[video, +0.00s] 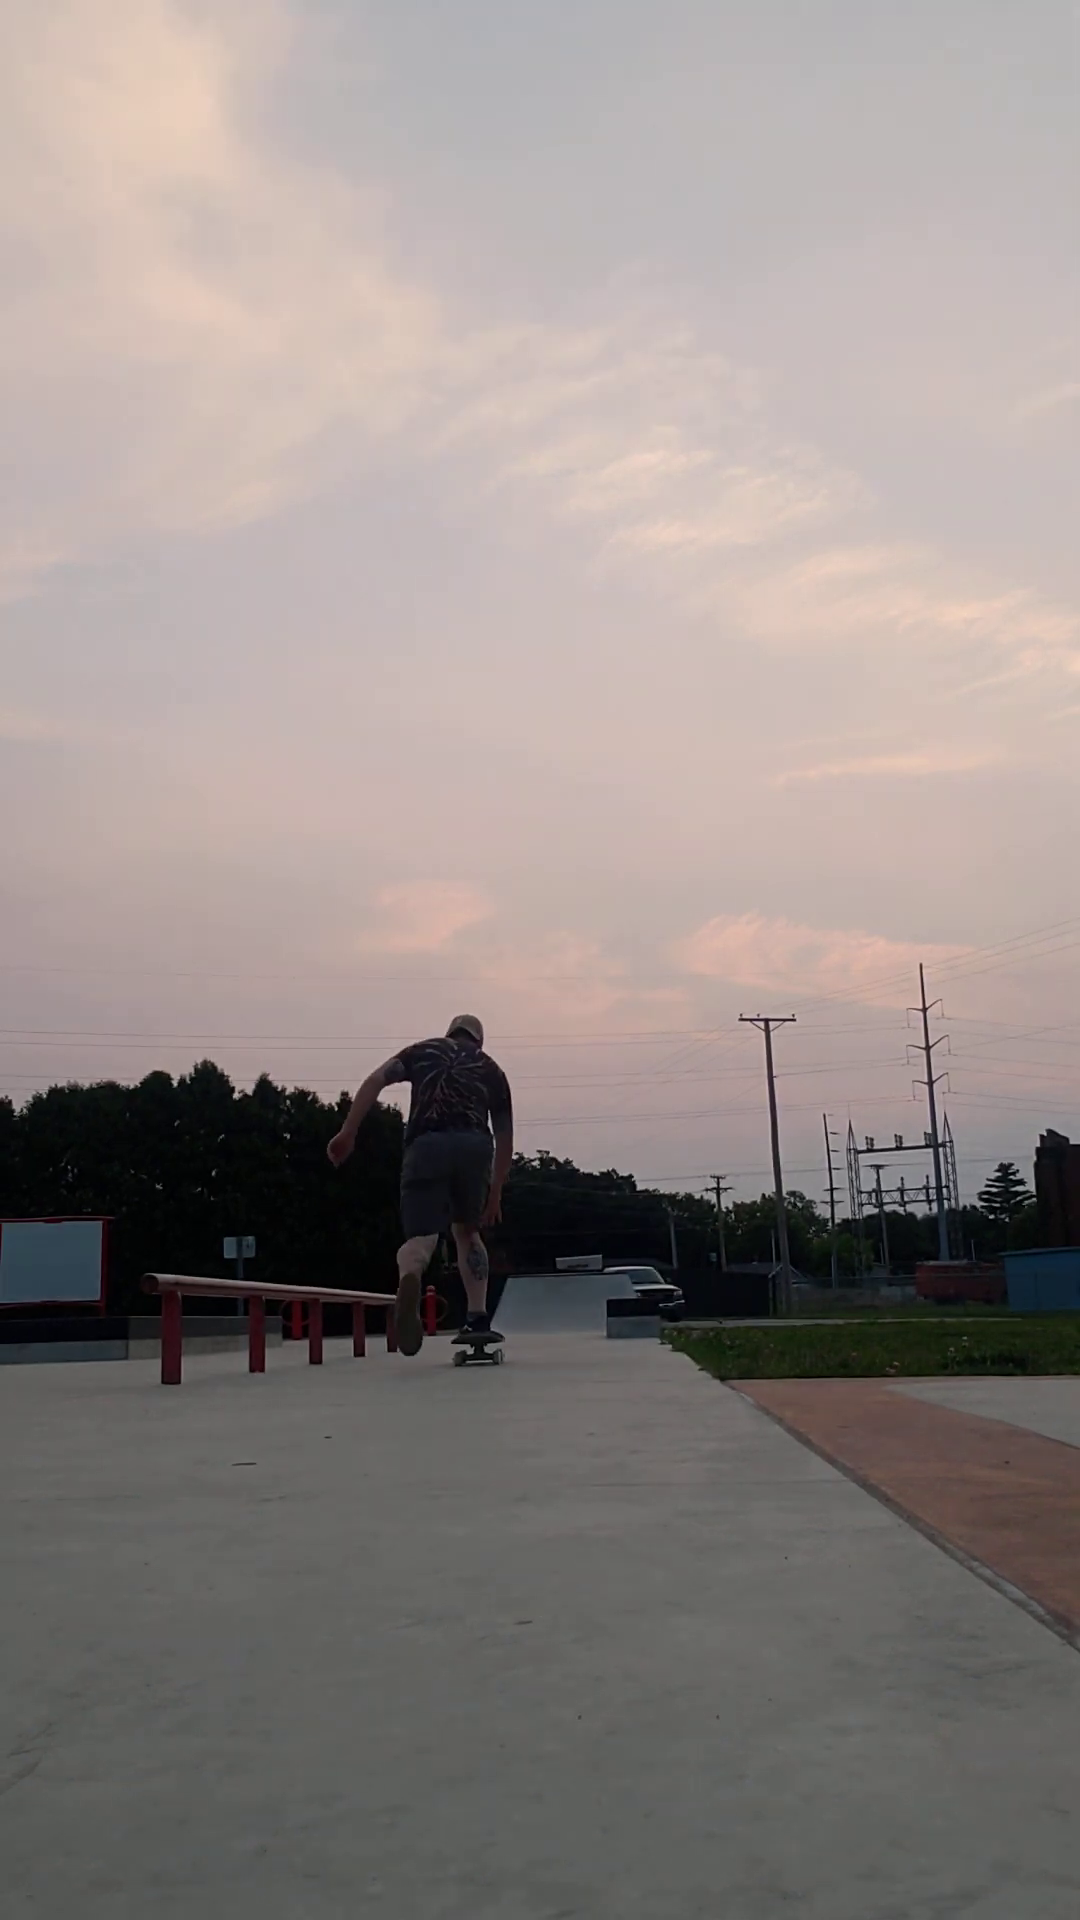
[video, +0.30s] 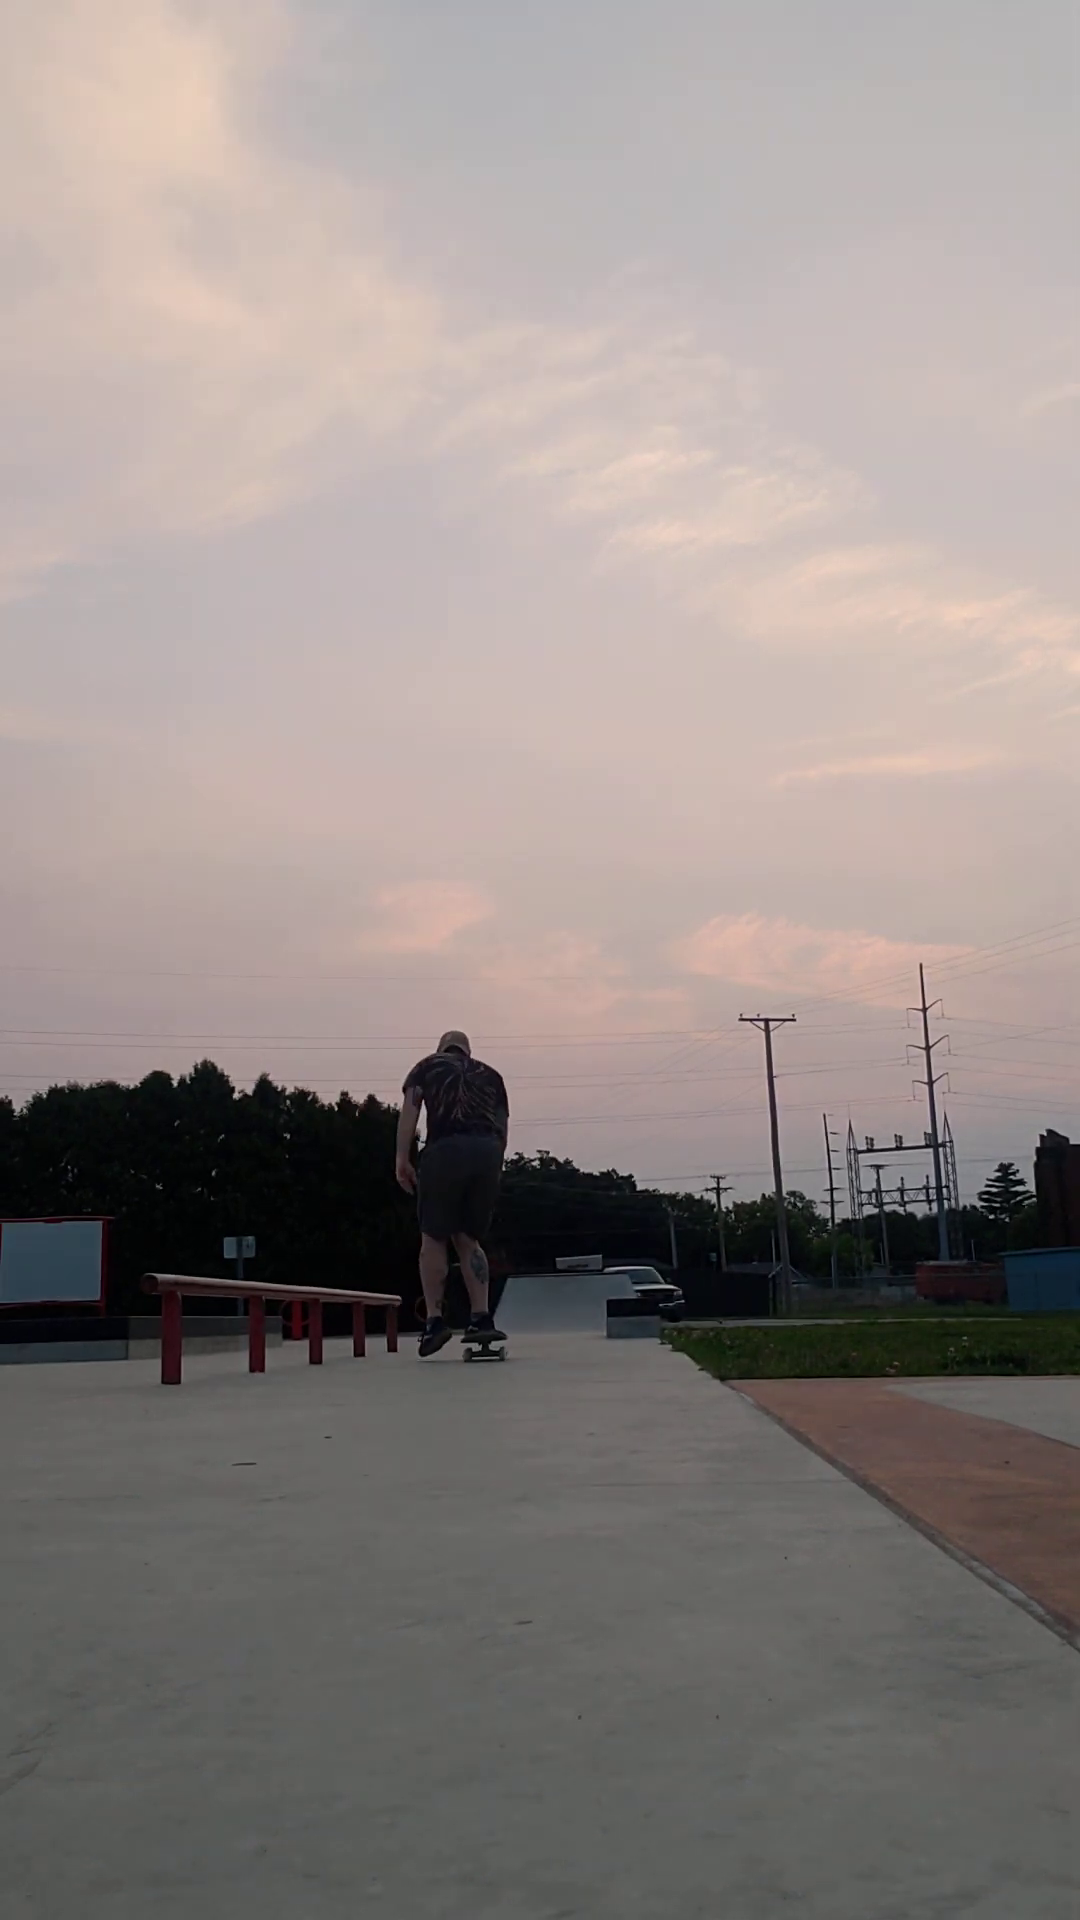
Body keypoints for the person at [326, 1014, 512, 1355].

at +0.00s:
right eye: (479, 1040)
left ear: (448, 1033)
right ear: (480, 1041)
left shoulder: (424, 1049)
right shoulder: (492, 1070)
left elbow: (374, 1080)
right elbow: (504, 1141)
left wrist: (348, 1132)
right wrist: (496, 1193)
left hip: (425, 1148)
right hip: (474, 1150)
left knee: (420, 1236)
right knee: (468, 1230)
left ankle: (409, 1278)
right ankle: (478, 1320)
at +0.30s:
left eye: (443, 1048)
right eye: (459, 1049)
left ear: (439, 1049)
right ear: (468, 1051)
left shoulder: (426, 1066)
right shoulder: (491, 1074)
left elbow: (410, 1110)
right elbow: (502, 1129)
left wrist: (402, 1158)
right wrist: (492, 1166)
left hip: (443, 1155)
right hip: (488, 1156)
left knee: (433, 1237)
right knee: (469, 1236)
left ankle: (434, 1320)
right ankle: (481, 1318)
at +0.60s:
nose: (464, 1105)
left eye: (460, 1100)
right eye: (471, 1101)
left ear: (454, 1099)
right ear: (482, 1100)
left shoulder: (437, 1126)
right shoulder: (499, 1130)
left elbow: (432, 1166)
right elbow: (499, 1166)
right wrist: (474, 1171)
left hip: (453, 1198)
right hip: (492, 1200)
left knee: (446, 1264)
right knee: (482, 1252)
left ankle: (446, 1315)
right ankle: (487, 1318)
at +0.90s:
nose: (480, 1095)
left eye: (474, 1091)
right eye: (485, 1092)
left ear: (470, 1092)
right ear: (495, 1091)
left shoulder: (460, 1118)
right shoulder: (512, 1120)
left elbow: (453, 1165)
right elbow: (514, 1161)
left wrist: (461, 1190)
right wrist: (501, 1183)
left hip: (477, 1192)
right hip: (509, 1193)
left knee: (453, 1258)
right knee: (491, 1257)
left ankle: (492, 1288)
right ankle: (495, 1322)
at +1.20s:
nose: (484, 1100)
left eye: (480, 1095)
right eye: (492, 1094)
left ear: (479, 1094)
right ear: (501, 1094)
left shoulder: (477, 1116)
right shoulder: (518, 1123)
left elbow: (458, 1147)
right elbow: (526, 1170)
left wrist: (441, 1178)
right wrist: (527, 1207)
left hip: (491, 1194)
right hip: (516, 1197)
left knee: (482, 1257)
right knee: (499, 1258)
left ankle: (510, 1315)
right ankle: (504, 1316)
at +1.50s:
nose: (489, 1115)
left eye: (488, 1111)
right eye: (496, 1110)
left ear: (487, 1111)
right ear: (508, 1110)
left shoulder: (488, 1133)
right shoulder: (521, 1138)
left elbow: (483, 1165)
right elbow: (525, 1181)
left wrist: (464, 1199)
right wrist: (525, 1217)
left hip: (498, 1205)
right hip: (519, 1206)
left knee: (494, 1261)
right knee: (508, 1263)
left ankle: (516, 1316)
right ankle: (516, 1315)